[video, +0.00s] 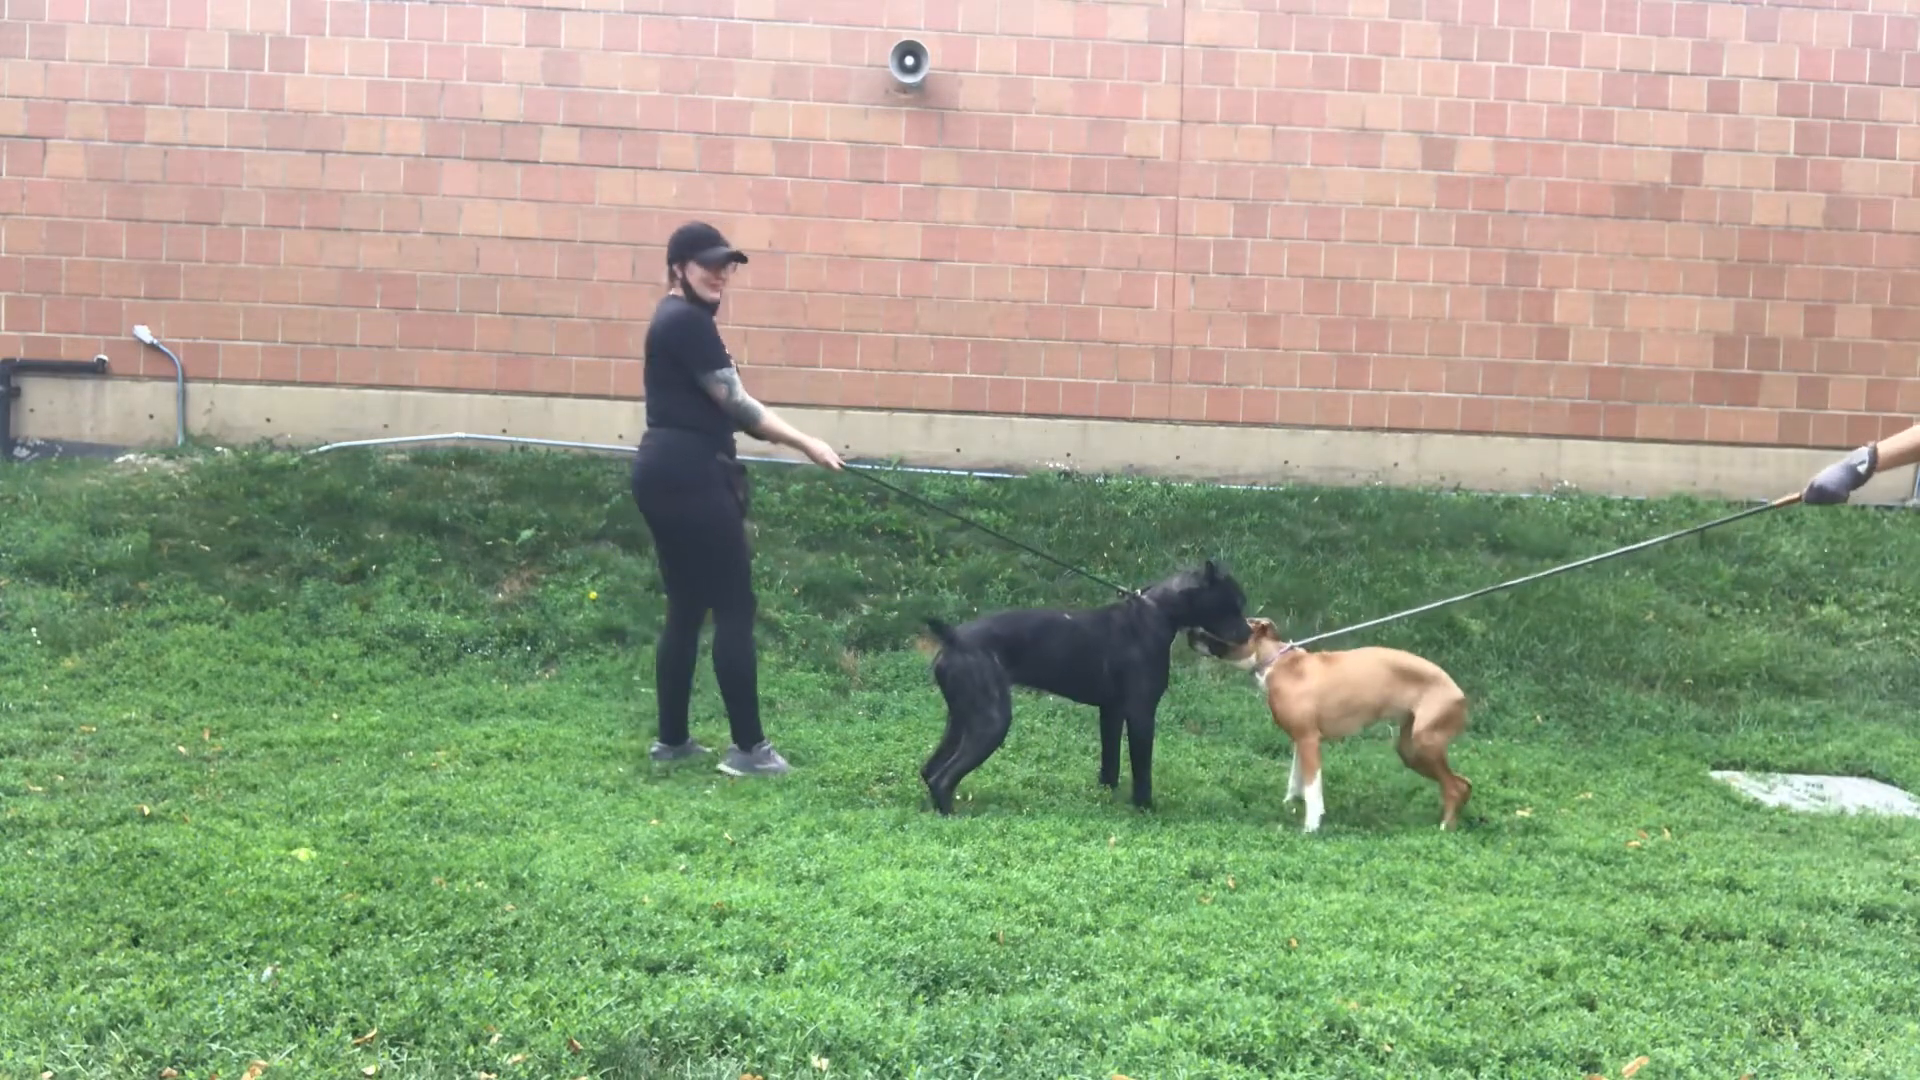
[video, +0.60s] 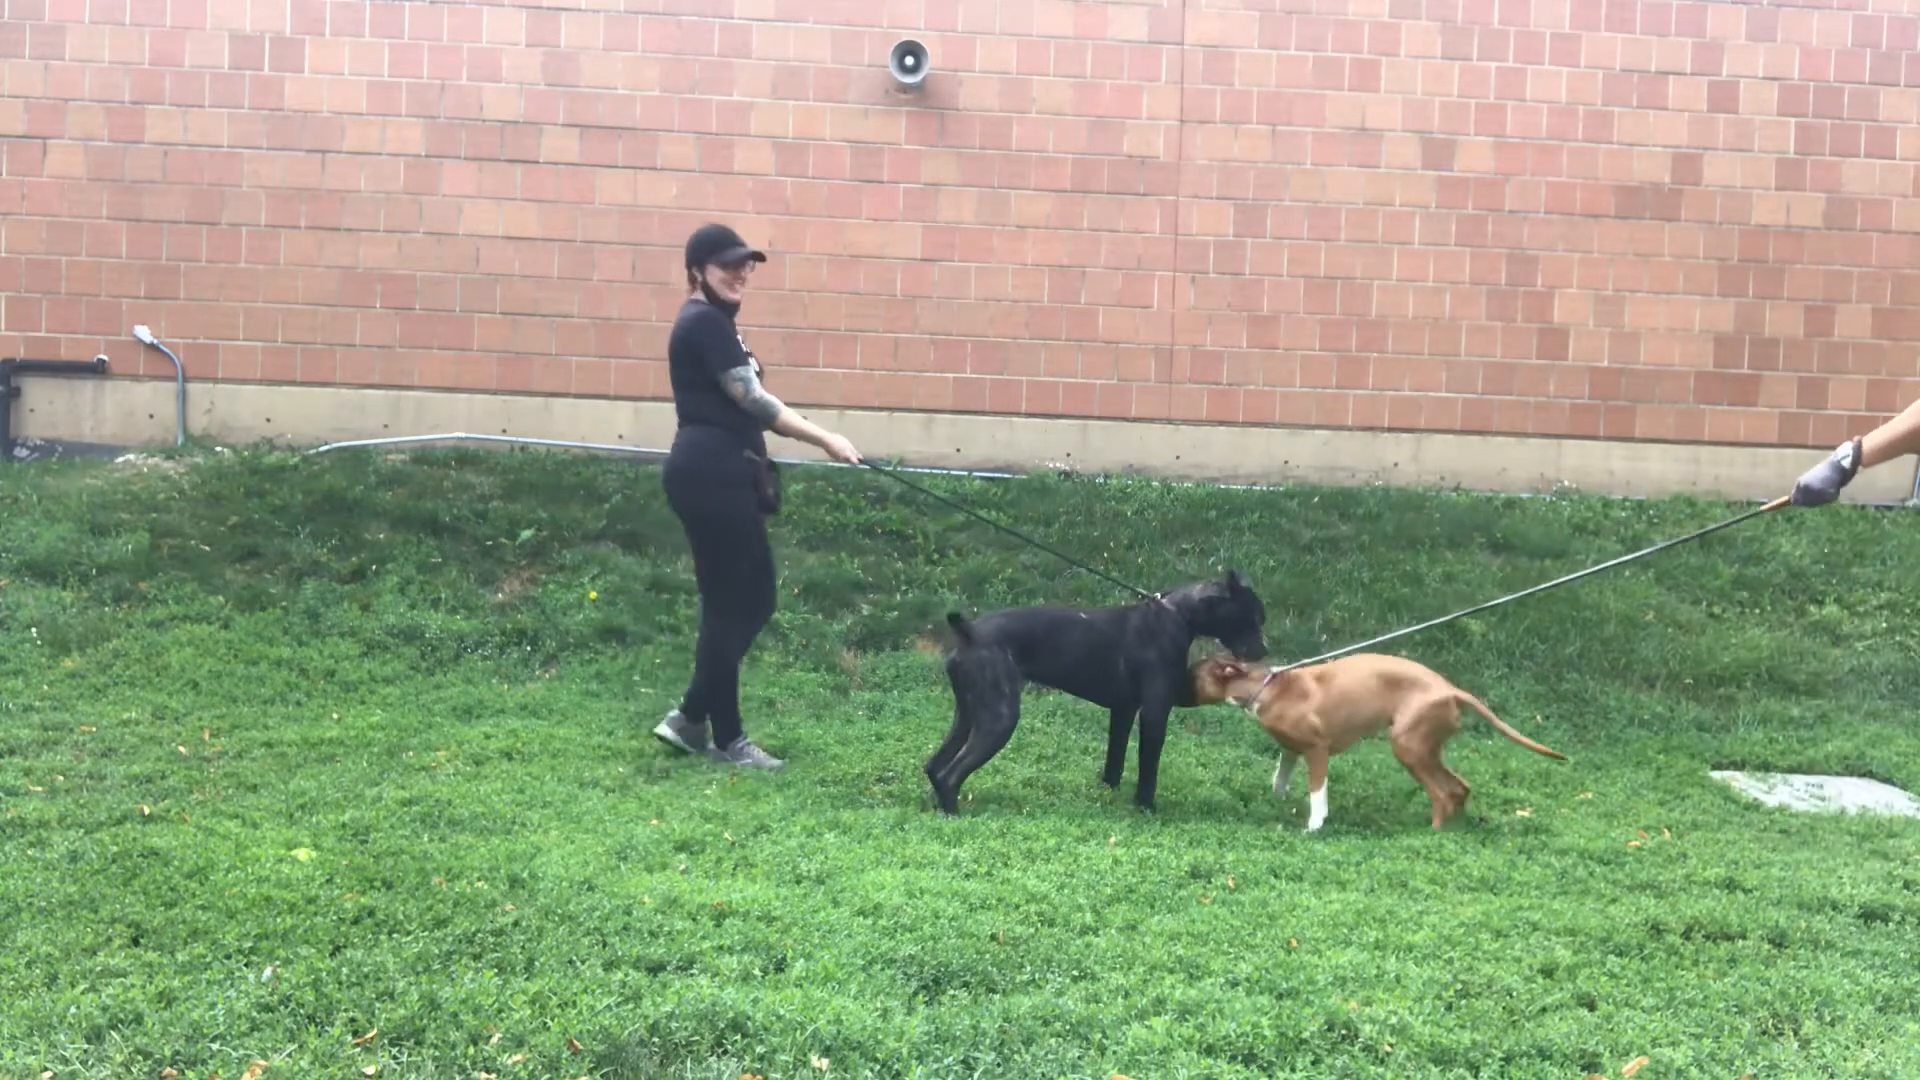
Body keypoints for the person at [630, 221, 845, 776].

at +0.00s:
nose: (722, 274)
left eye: (725, 265)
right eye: (711, 264)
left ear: (721, 269)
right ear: (681, 268)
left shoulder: (673, 316)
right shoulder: (689, 320)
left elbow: (719, 402)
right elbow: (737, 405)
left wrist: (772, 430)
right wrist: (806, 442)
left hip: (665, 466)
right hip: (691, 470)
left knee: (685, 606)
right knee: (735, 607)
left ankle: (672, 741)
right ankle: (749, 748)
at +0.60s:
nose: (742, 275)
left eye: (745, 266)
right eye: (730, 265)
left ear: (744, 270)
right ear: (700, 271)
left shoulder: (706, 319)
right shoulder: (706, 322)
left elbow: (738, 402)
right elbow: (754, 401)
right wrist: (825, 438)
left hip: (708, 467)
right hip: (713, 470)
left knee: (732, 599)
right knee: (745, 601)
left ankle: (691, 720)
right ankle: (723, 741)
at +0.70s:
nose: (753, 279)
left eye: (757, 270)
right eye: (744, 269)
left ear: (743, 274)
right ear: (711, 271)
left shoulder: (718, 319)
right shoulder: (709, 322)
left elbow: (749, 403)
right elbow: (759, 404)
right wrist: (827, 439)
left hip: (732, 472)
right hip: (716, 474)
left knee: (785, 591)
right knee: (722, 608)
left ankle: (710, 701)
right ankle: (726, 742)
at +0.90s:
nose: (771, 284)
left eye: (775, 276)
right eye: (762, 274)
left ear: (759, 277)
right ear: (729, 274)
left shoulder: (740, 323)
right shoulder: (722, 324)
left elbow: (761, 404)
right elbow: (766, 401)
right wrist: (839, 438)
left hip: (760, 470)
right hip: (728, 472)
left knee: (783, 597)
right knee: (731, 607)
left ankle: (795, 719)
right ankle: (727, 740)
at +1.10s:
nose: (785, 288)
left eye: (789, 280)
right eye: (776, 279)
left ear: (790, 282)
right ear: (744, 280)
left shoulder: (780, 336)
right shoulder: (731, 336)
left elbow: (786, 409)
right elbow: (774, 407)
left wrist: (817, 417)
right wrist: (847, 439)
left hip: (791, 476)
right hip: (745, 479)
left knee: (787, 605)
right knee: (757, 605)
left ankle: (797, 723)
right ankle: (730, 739)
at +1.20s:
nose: (791, 289)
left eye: (795, 280)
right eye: (781, 279)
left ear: (797, 284)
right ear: (750, 283)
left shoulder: (793, 341)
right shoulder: (737, 338)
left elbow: (797, 413)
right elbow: (779, 407)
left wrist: (825, 422)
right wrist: (854, 441)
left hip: (795, 480)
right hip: (749, 480)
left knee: (791, 604)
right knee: (767, 602)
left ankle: (798, 723)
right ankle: (730, 736)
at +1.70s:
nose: (809, 289)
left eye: (813, 281)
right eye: (799, 279)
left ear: (814, 285)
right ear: (770, 281)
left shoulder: (807, 344)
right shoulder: (753, 338)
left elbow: (809, 420)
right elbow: (799, 405)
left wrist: (824, 481)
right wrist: (870, 439)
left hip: (804, 483)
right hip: (755, 480)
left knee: (794, 606)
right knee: (752, 602)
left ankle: (798, 724)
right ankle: (718, 730)